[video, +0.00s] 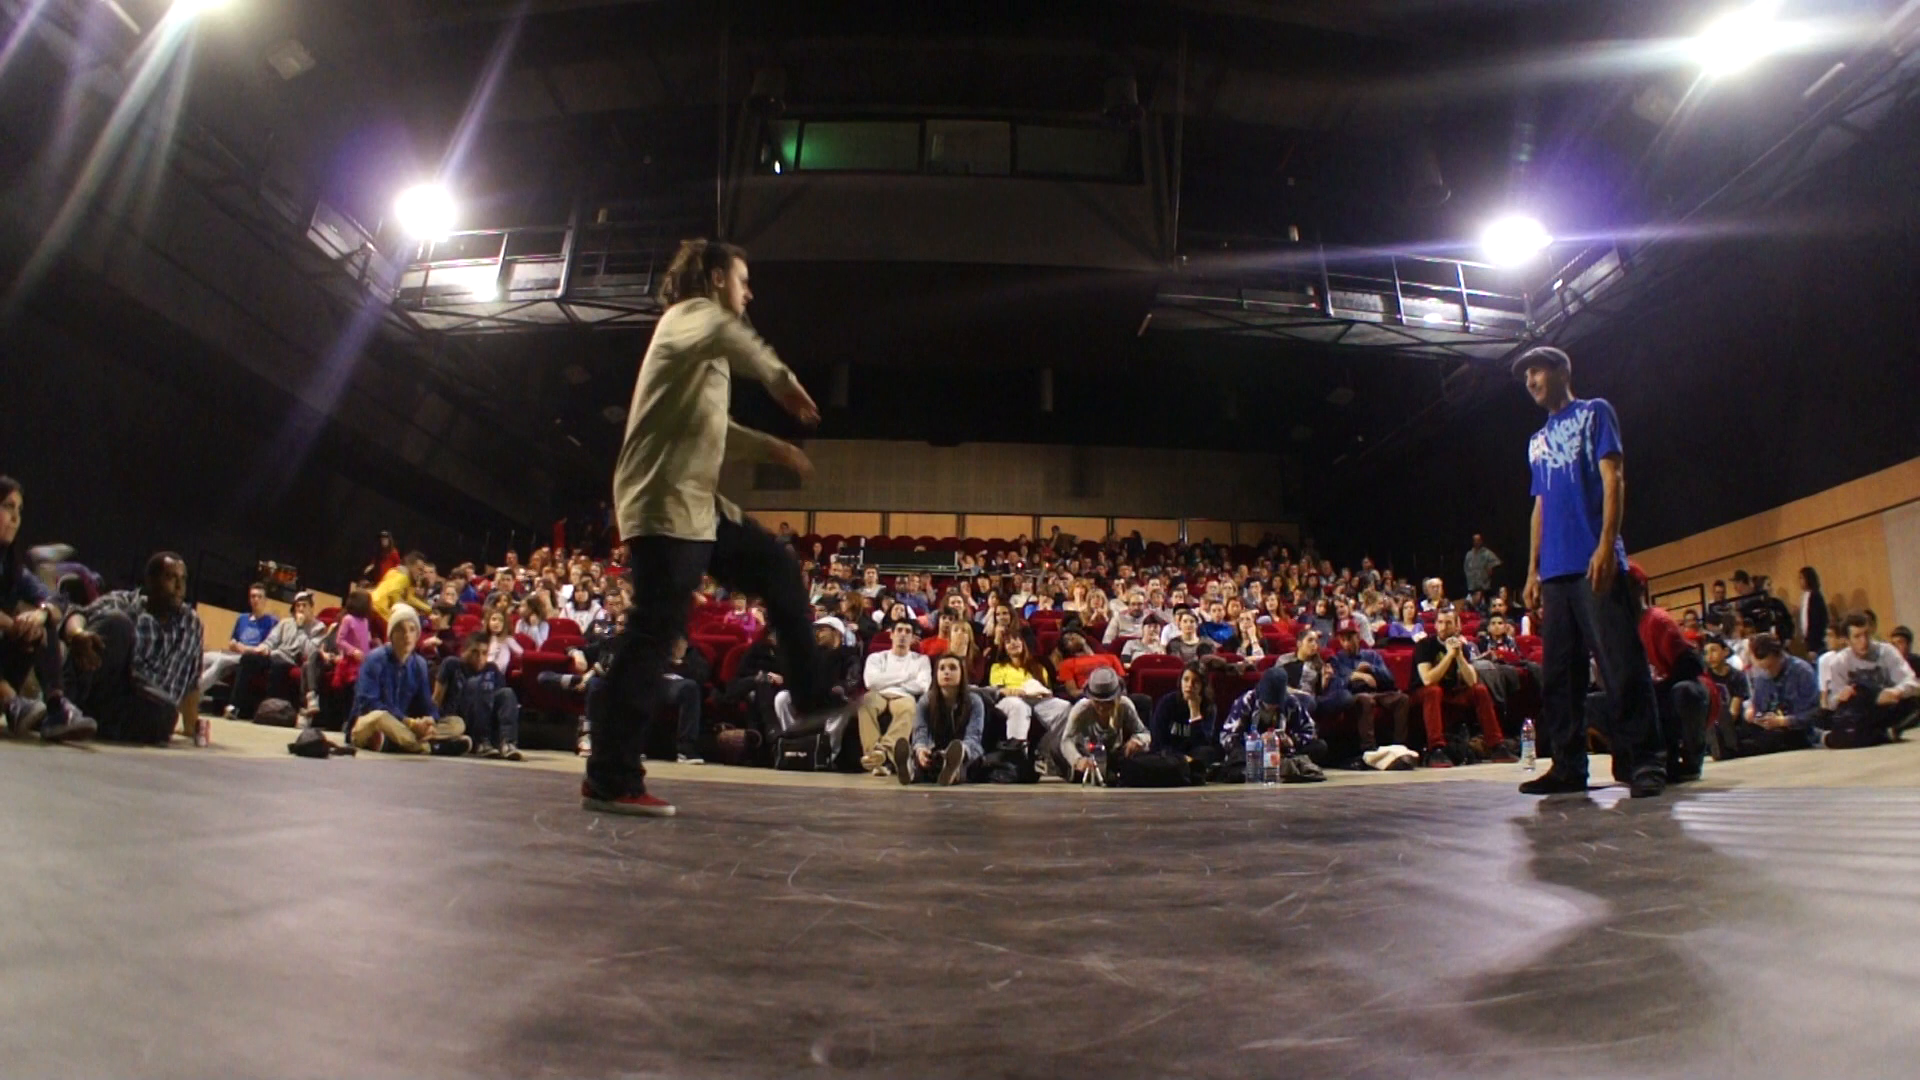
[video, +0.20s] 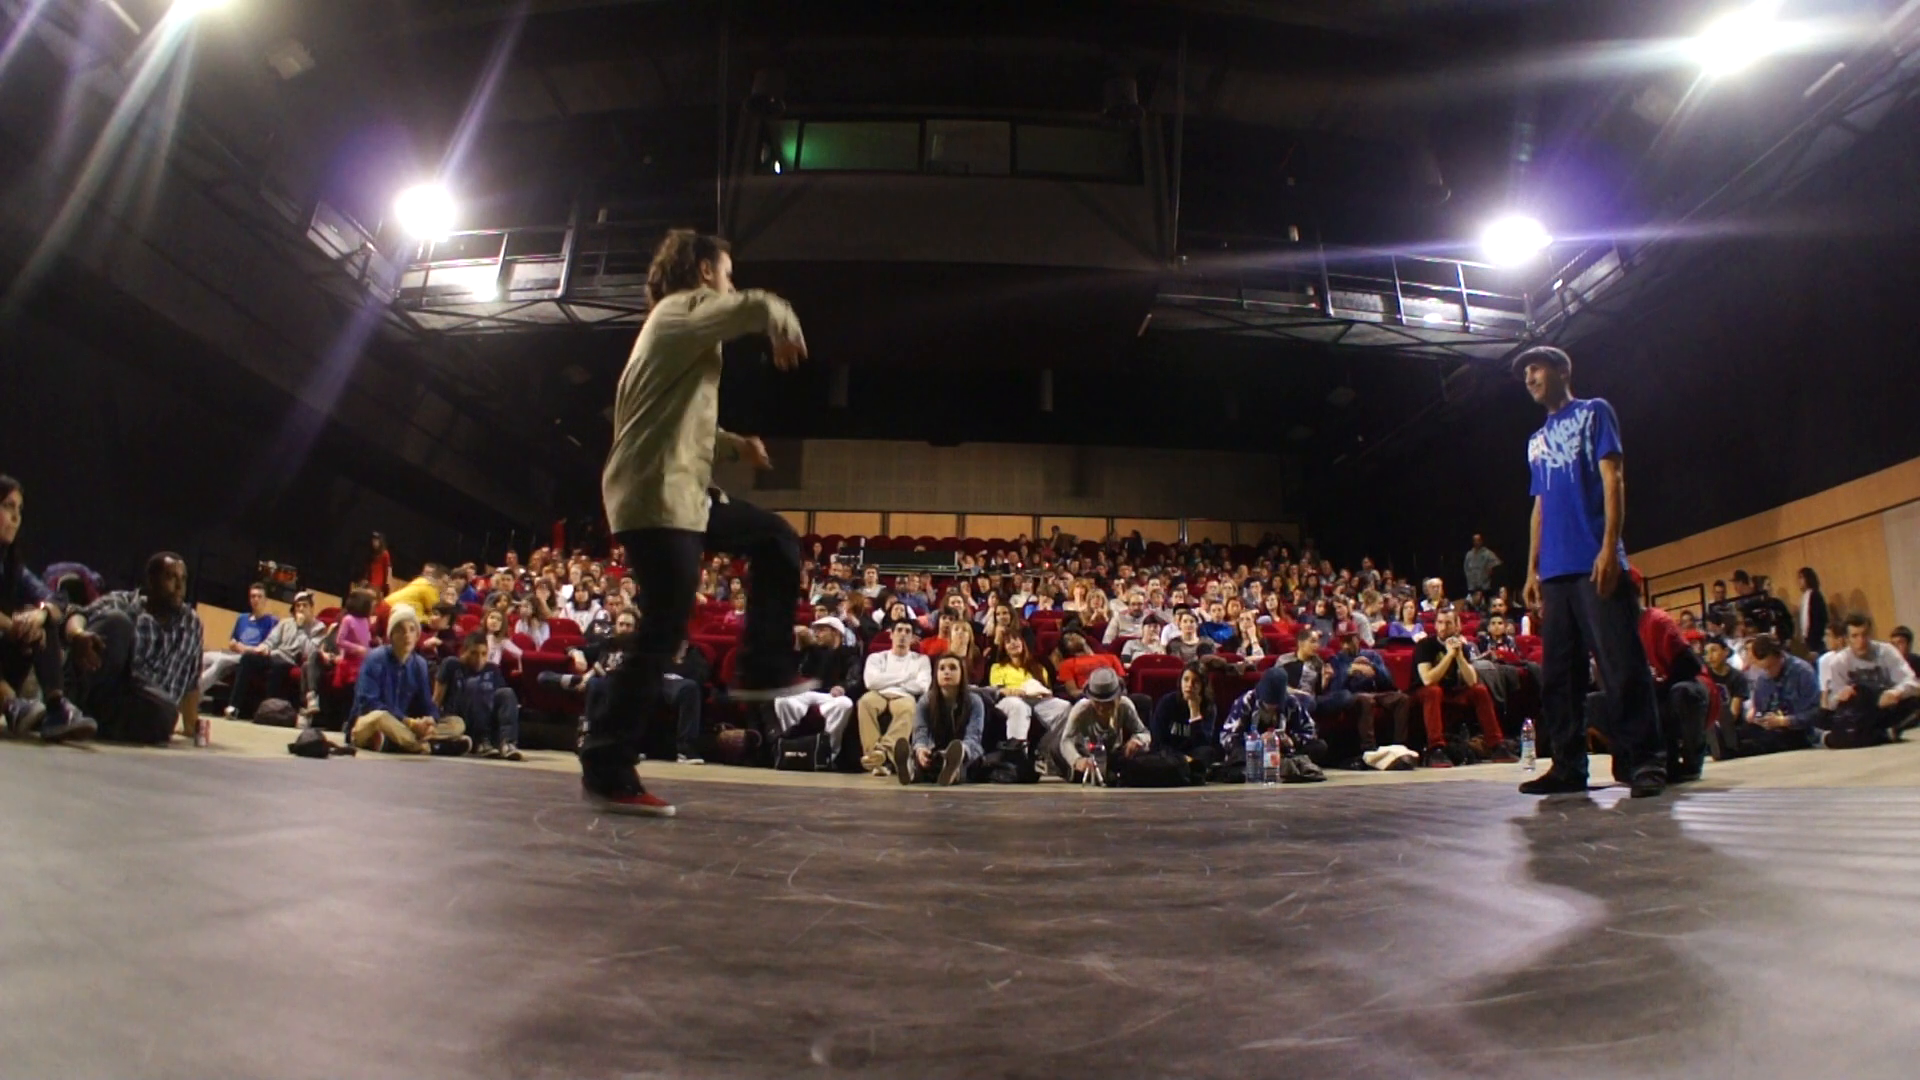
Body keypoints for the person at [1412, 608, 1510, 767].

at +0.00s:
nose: (1443, 627)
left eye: (1448, 623)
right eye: (1440, 623)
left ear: (1457, 626)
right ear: (1435, 625)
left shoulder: (1462, 646)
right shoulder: (1424, 645)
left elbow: (1471, 681)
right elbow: (1427, 678)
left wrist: (1459, 655)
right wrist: (1450, 655)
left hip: (1453, 692)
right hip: (1426, 692)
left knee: (1480, 691)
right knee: (1434, 691)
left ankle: (1497, 745)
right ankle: (1436, 749)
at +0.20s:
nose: (1443, 627)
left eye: (1448, 623)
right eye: (1439, 623)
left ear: (1457, 626)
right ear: (1435, 625)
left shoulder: (1462, 646)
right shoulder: (1425, 645)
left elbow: (1472, 681)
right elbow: (1427, 679)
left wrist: (1459, 655)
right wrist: (1450, 655)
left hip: (1454, 691)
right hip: (1428, 691)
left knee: (1480, 691)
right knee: (1434, 691)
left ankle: (1497, 745)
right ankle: (1436, 748)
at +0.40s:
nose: (1442, 628)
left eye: (1447, 623)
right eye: (1439, 623)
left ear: (1456, 626)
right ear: (1435, 625)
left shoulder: (1462, 646)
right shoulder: (1425, 645)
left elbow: (1471, 681)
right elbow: (1427, 679)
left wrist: (1459, 655)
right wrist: (1450, 655)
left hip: (1454, 692)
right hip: (1425, 693)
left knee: (1481, 691)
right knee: (1434, 691)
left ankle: (1497, 745)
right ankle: (1436, 749)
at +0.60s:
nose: (1443, 627)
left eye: (1448, 623)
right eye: (1440, 623)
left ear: (1456, 626)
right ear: (1435, 625)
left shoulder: (1462, 646)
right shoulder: (1425, 645)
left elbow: (1471, 681)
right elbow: (1427, 678)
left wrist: (1459, 655)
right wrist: (1450, 655)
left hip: (1454, 692)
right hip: (1426, 693)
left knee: (1481, 691)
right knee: (1433, 691)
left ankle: (1497, 745)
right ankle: (1436, 749)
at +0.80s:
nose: (1443, 628)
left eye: (1448, 623)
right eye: (1440, 623)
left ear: (1457, 627)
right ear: (1435, 624)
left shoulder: (1462, 646)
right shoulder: (1425, 645)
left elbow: (1471, 681)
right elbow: (1427, 678)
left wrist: (1459, 655)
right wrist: (1450, 655)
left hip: (1453, 692)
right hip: (1424, 694)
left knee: (1480, 691)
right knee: (1434, 691)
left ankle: (1497, 745)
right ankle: (1436, 749)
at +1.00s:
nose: (1443, 628)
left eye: (1448, 624)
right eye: (1440, 623)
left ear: (1457, 627)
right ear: (1435, 625)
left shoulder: (1462, 646)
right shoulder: (1425, 645)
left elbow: (1471, 681)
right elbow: (1427, 679)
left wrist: (1459, 655)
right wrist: (1450, 655)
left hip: (1454, 692)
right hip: (1426, 693)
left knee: (1481, 691)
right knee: (1433, 691)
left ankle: (1497, 745)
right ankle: (1436, 749)